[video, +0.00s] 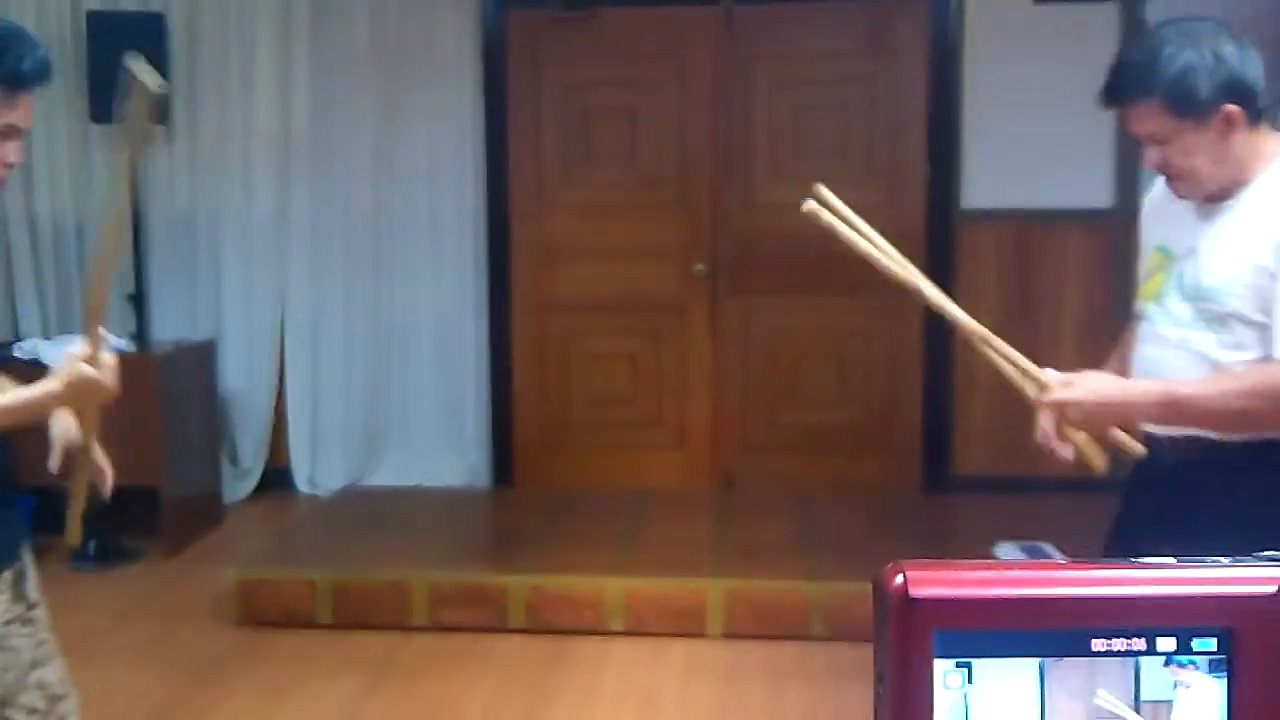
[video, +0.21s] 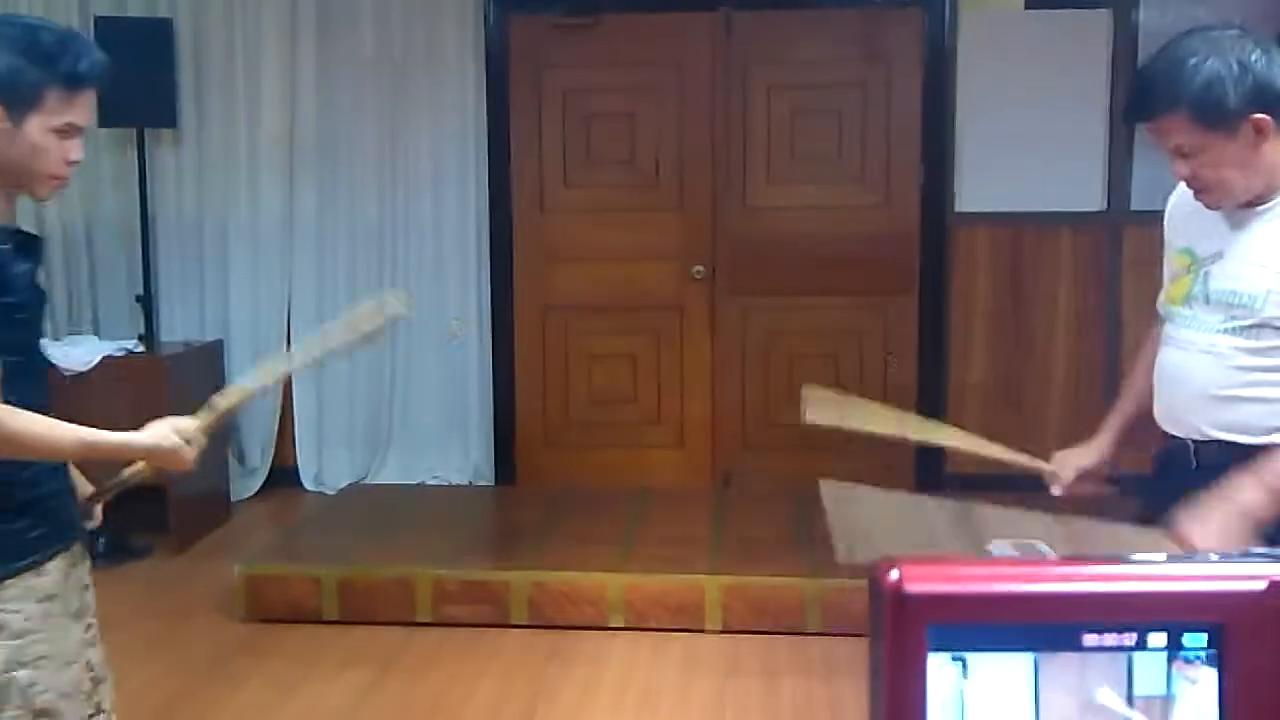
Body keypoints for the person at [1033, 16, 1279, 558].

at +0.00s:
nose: (1149, 161)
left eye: (1160, 143)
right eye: (1142, 144)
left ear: (1229, 123)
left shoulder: (1270, 209)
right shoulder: (1162, 195)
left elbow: (1276, 389)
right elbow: (1154, 325)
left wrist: (1128, 400)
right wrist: (1093, 399)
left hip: (1253, 480)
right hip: (1158, 477)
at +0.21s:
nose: (1179, 172)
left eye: (1189, 154)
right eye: (1172, 155)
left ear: (1260, 133)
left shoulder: (1273, 224)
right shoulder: (1185, 204)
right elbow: (1170, 329)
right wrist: (1106, 441)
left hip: (1260, 479)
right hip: (1179, 468)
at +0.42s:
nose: (1179, 185)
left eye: (1184, 164)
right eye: (1172, 168)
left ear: (1253, 140)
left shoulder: (1273, 226)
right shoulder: (1195, 215)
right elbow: (1207, 347)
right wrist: (1153, 444)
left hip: (1262, 481)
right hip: (1182, 473)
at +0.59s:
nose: (1166, 184)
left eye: (1172, 162)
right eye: (1158, 165)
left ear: (1241, 135)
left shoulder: (1272, 225)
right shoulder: (1188, 213)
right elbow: (1195, 350)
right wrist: (1150, 461)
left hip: (1261, 485)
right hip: (1176, 476)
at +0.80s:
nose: (1128, 184)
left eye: (1135, 165)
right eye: (1120, 167)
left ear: (1202, 139)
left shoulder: (1271, 211)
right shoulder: (1162, 206)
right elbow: (1159, 346)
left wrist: (1237, 510)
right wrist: (1118, 457)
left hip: (1241, 487)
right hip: (1146, 477)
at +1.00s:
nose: (1059, 186)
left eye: (1065, 167)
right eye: (1050, 170)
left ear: (1126, 139)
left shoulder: (1242, 212)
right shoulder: (1105, 212)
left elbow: (1278, 383)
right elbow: (1112, 359)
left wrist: (1194, 511)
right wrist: (1037, 436)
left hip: (1197, 496)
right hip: (1095, 487)